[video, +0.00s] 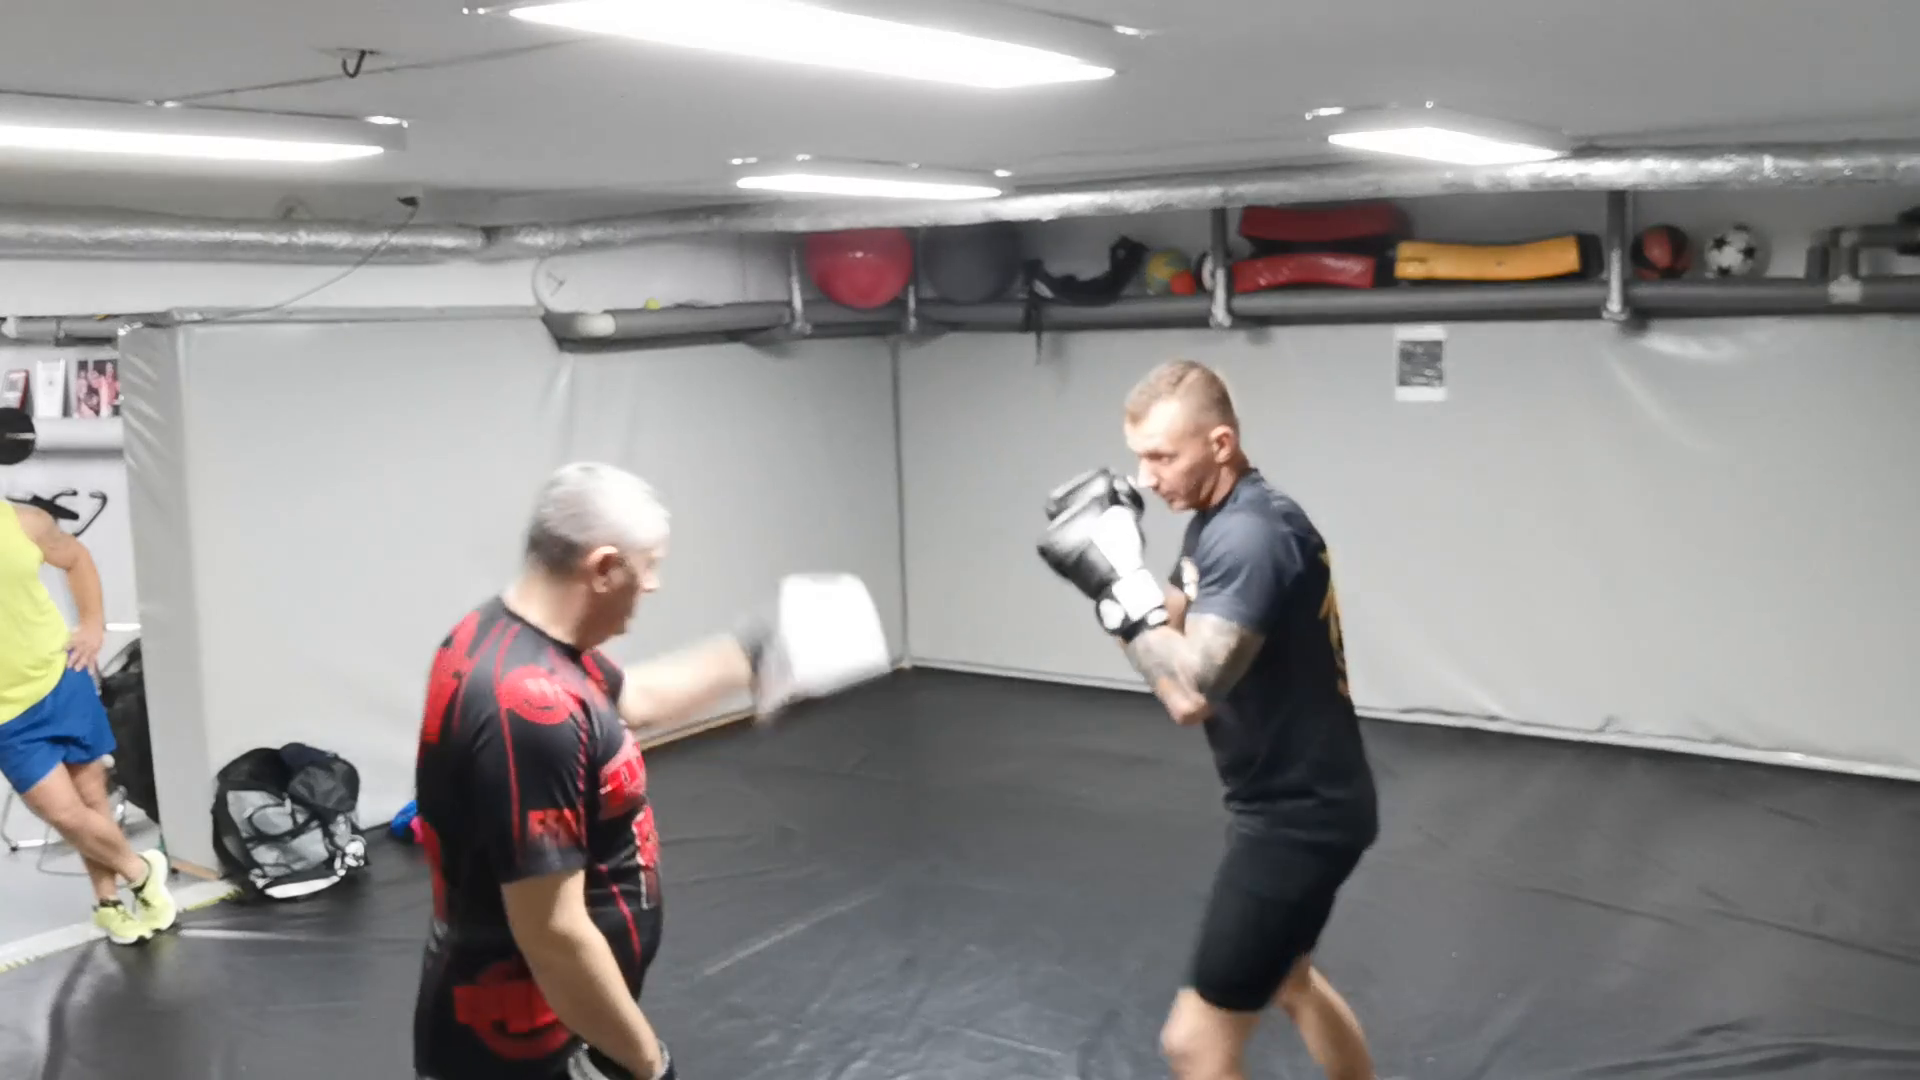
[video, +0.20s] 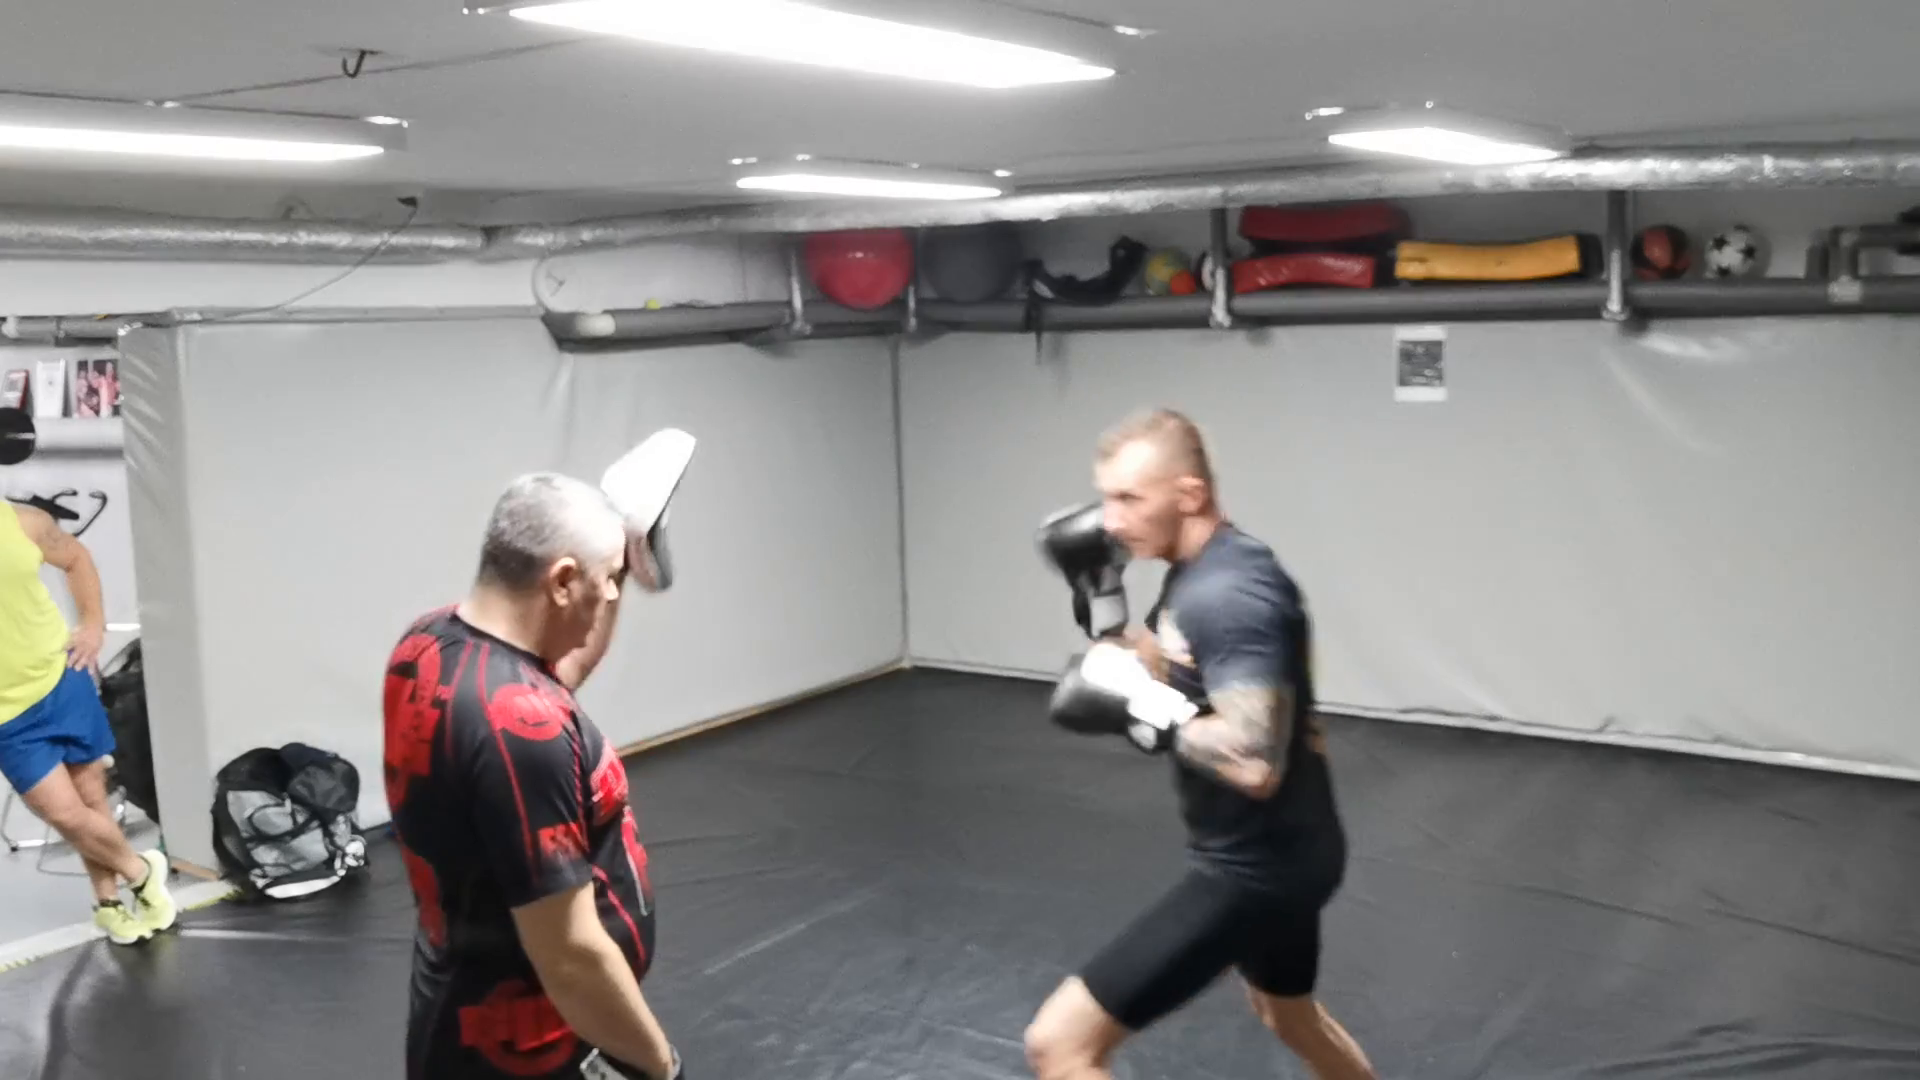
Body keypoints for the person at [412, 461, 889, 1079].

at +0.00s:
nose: (654, 586)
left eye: (657, 568)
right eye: (650, 567)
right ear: (602, 567)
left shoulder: (499, 632)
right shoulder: (528, 706)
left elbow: (633, 697)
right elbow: (552, 929)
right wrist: (650, 1061)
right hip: (531, 1046)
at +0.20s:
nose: (612, 598)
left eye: (620, 580)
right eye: (611, 579)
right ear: (563, 582)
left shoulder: (425, 645)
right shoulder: (518, 724)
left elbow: (556, 678)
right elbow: (570, 954)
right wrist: (661, 1063)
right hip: (532, 1045)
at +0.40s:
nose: (586, 592)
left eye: (589, 575)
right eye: (580, 576)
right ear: (530, 578)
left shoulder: (410, 639)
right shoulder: (502, 723)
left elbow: (592, 613)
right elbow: (562, 950)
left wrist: (679, 520)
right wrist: (648, 1063)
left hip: (442, 1001)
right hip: (527, 1046)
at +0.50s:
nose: (570, 589)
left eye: (569, 572)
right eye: (562, 574)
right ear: (508, 581)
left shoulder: (391, 635)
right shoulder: (488, 733)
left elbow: (576, 648)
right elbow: (542, 956)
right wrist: (643, 1062)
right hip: (512, 1048)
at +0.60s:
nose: (572, 606)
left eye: (570, 588)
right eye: (563, 588)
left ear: (499, 598)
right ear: (502, 598)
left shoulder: (399, 659)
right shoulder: (456, 750)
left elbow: (525, 779)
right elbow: (511, 966)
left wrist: (654, 759)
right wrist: (620, 1068)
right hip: (480, 1060)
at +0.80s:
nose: (573, 609)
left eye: (572, 589)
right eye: (562, 591)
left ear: (499, 595)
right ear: (501, 594)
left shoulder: (428, 658)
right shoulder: (420, 737)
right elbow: (427, 974)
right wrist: (525, 1069)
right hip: (401, 1057)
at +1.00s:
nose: (567, 618)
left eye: (568, 598)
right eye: (557, 598)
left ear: (494, 598)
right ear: (494, 597)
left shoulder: (455, 674)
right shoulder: (388, 720)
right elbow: (366, 960)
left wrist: (501, 961)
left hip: (440, 1035)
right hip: (362, 1060)